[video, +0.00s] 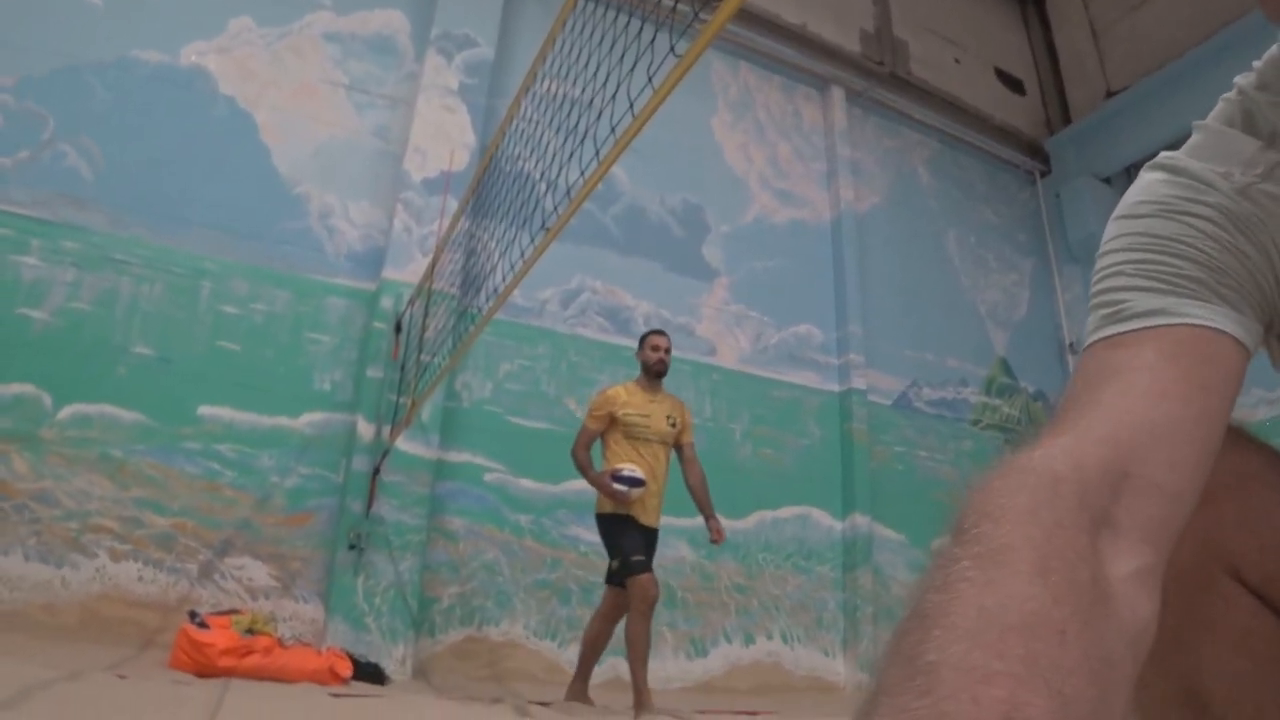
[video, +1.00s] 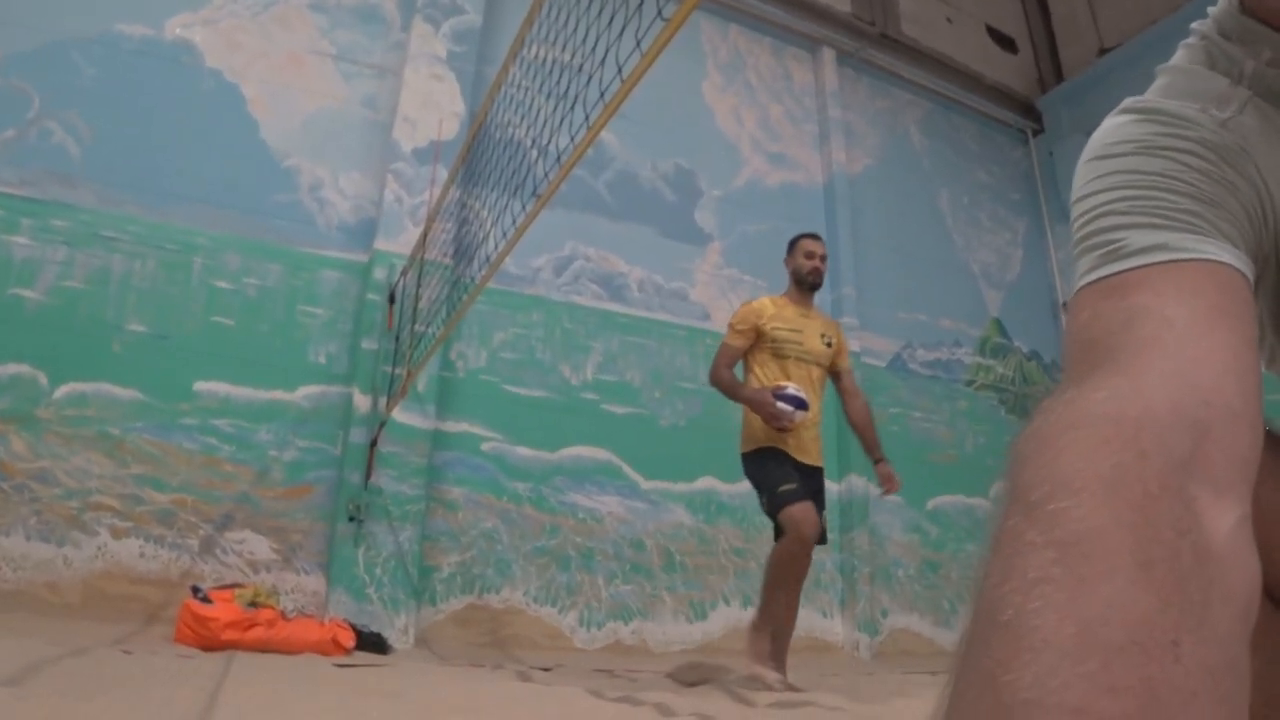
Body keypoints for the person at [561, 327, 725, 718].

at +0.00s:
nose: (661, 356)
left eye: (666, 351)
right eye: (654, 349)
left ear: (671, 359)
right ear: (639, 354)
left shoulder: (676, 409)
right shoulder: (613, 398)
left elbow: (691, 465)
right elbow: (579, 450)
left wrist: (709, 515)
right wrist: (597, 481)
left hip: (648, 519)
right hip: (615, 513)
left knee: (611, 608)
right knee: (646, 594)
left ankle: (577, 690)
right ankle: (642, 701)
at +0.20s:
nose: (683, 330)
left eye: (687, 325)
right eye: (675, 324)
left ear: (693, 333)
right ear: (659, 330)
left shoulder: (700, 383)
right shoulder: (637, 377)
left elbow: (706, 444)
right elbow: (605, 432)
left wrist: (715, 500)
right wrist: (634, 461)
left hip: (684, 501)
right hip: (648, 497)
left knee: (689, 594)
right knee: (663, 587)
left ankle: (619, 652)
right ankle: (646, 690)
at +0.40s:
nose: (711, 309)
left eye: (716, 304)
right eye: (704, 302)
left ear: (721, 312)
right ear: (686, 308)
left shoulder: (724, 366)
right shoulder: (664, 356)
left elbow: (715, 421)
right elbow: (632, 411)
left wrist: (718, 463)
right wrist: (672, 439)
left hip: (717, 488)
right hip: (675, 488)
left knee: (756, 561)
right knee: (668, 580)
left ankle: (690, 634)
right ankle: (649, 679)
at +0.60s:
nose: (751, 297)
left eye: (755, 292)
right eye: (742, 289)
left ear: (759, 303)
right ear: (723, 296)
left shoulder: (756, 357)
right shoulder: (699, 343)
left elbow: (738, 411)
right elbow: (663, 399)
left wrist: (744, 449)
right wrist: (707, 429)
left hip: (749, 481)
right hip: (703, 480)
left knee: (781, 561)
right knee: (683, 571)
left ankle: (776, 680)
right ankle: (652, 669)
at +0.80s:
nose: (789, 280)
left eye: (794, 275)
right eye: (781, 271)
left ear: (798, 286)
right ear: (761, 277)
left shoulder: (796, 346)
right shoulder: (733, 325)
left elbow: (793, 406)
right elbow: (694, 381)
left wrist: (794, 455)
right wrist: (734, 411)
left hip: (785, 468)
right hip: (740, 465)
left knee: (795, 560)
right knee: (732, 565)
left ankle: (776, 679)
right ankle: (678, 644)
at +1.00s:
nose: (817, 264)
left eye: (822, 259)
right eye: (809, 256)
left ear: (826, 270)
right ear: (788, 262)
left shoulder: (830, 331)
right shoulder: (758, 312)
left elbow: (853, 397)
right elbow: (718, 373)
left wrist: (878, 460)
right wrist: (753, 398)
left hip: (809, 454)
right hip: (766, 446)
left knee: (798, 557)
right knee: (802, 526)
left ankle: (776, 666)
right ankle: (759, 637)